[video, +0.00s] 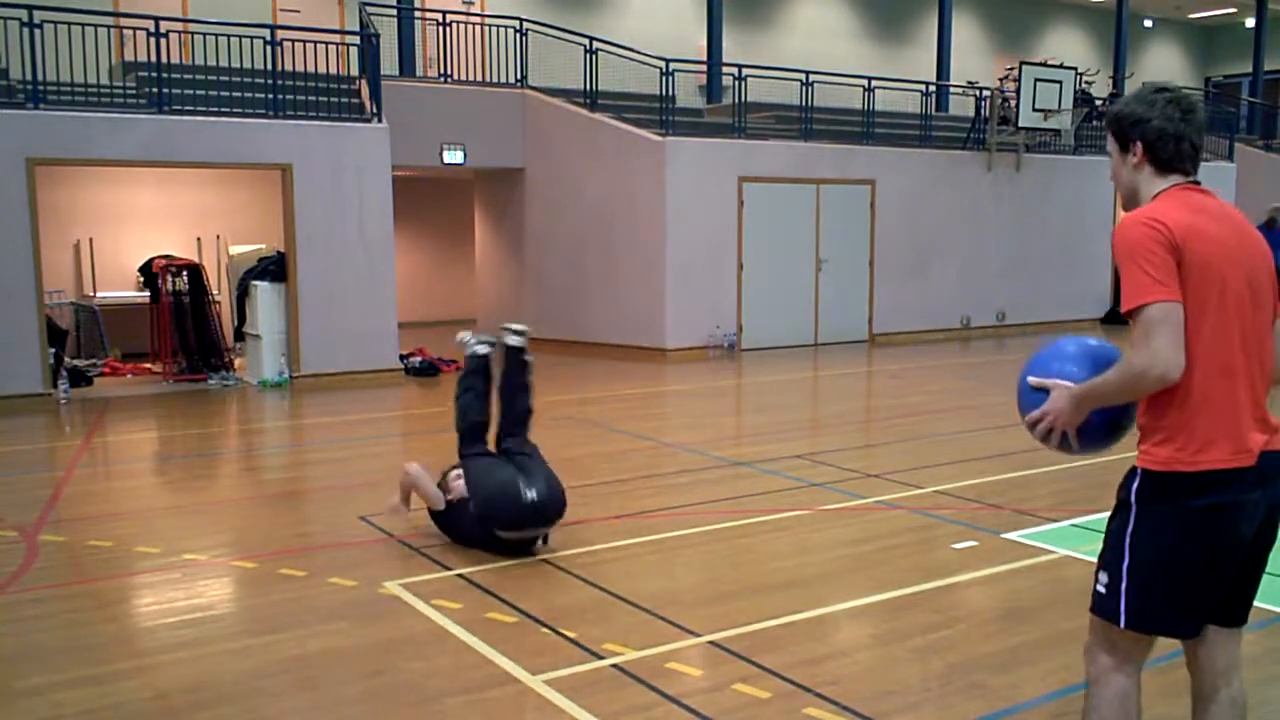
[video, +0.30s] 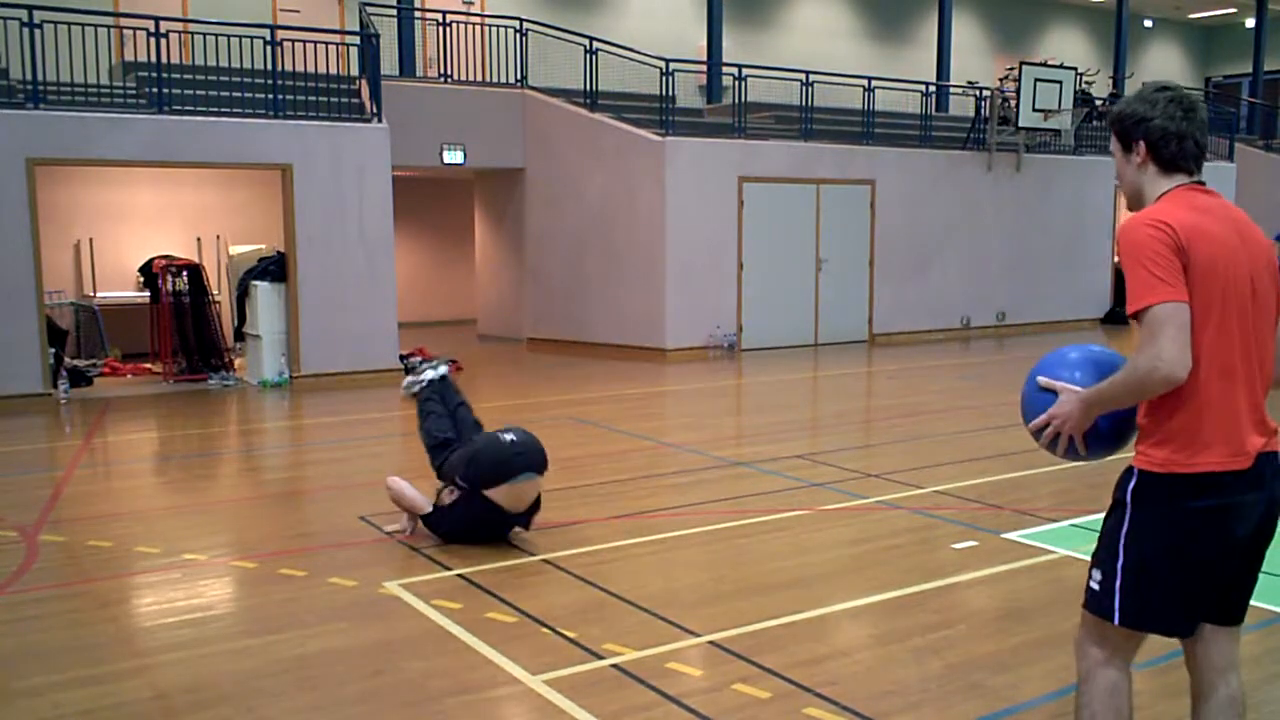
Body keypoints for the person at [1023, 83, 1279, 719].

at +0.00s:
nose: (1111, 172)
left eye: (1111, 155)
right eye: (1110, 157)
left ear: (1134, 152)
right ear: (1187, 152)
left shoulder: (1146, 226)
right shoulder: (1245, 231)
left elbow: (1160, 360)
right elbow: (1265, 369)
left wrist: (1080, 397)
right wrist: (1131, 389)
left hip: (1176, 481)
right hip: (1256, 477)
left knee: (1113, 655)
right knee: (1216, 650)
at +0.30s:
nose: (1116, 171)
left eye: (1116, 154)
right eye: (1114, 156)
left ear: (1138, 151)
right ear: (1192, 151)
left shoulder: (1150, 227)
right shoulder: (1253, 233)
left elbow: (1167, 361)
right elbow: (1261, 371)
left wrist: (1087, 402)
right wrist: (1135, 405)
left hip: (1174, 480)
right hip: (1253, 475)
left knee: (1104, 649)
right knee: (1215, 650)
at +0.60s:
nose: (1140, 167)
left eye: (1140, 150)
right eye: (1139, 150)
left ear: (1167, 148)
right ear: (1219, 149)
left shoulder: (1171, 230)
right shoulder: (1266, 230)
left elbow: (1179, 369)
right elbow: (1260, 371)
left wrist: (1096, 405)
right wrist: (1135, 410)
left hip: (1173, 480)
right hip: (1249, 476)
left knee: (1084, 635)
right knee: (1210, 645)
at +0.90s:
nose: (1129, 173)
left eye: (1130, 157)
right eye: (1128, 159)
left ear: (1153, 154)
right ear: (1204, 152)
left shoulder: (1163, 230)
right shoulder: (1256, 226)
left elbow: (1185, 364)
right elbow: (1249, 362)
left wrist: (1109, 418)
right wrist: (1142, 406)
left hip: (1183, 481)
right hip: (1257, 476)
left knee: (1103, 644)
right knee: (1221, 649)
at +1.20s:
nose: (1097, 182)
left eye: (1098, 166)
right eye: (1096, 167)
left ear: (1126, 162)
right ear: (1168, 159)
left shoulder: (1140, 231)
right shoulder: (1234, 229)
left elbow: (1165, 363)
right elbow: (1250, 361)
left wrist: (1101, 440)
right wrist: (1153, 441)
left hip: (1185, 481)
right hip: (1258, 473)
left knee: (1111, 650)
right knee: (1223, 652)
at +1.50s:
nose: (1040, 210)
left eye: (1039, 193)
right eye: (1038, 195)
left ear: (1061, 190)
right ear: (1112, 184)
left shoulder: (1078, 259)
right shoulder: (1181, 242)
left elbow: (1106, 394)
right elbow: (1200, 366)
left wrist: (1088, 497)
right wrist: (1145, 467)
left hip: (1174, 477)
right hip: (1253, 464)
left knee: (1116, 658)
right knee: (1224, 651)